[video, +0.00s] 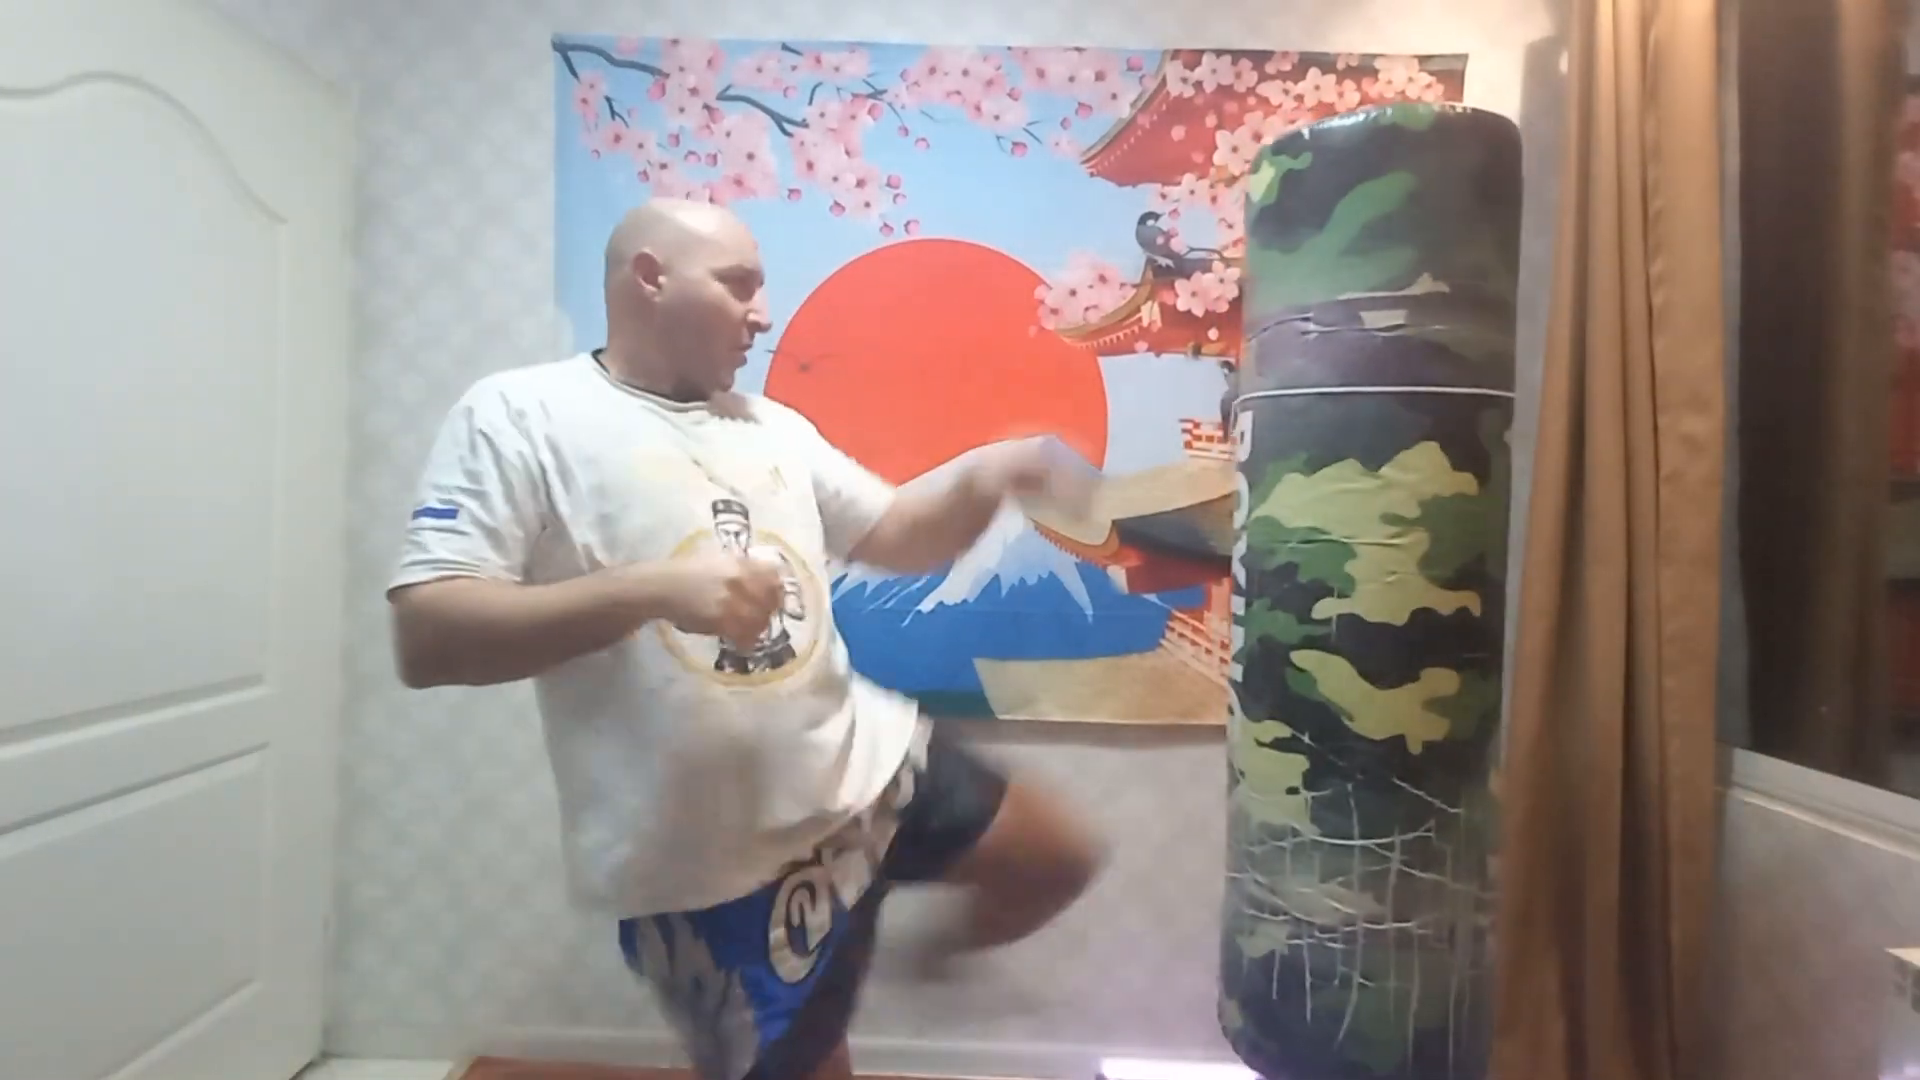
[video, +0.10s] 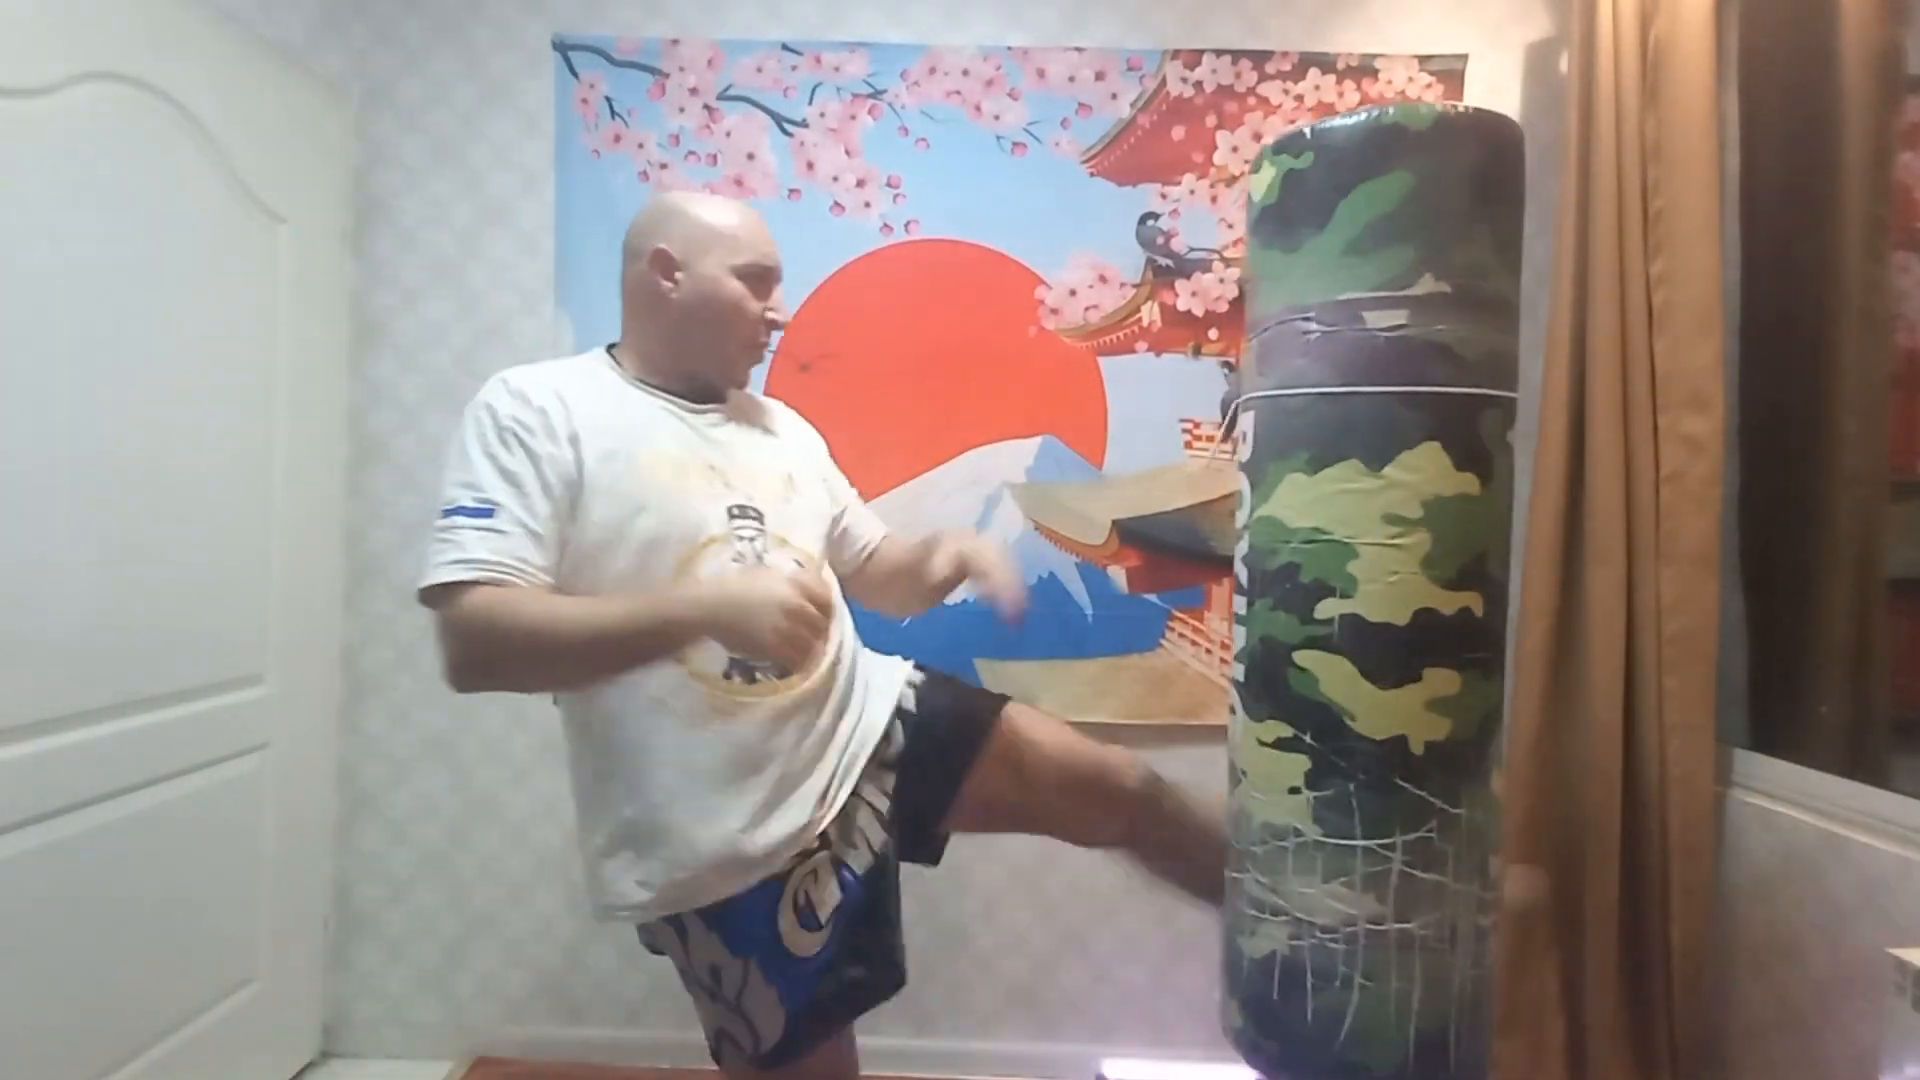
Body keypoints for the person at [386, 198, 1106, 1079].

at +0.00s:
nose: (761, 313)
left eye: (760, 289)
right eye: (738, 284)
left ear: (658, 283)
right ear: (649, 280)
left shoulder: (771, 429)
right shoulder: (516, 420)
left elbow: (893, 534)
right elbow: (429, 637)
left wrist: (986, 476)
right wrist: (654, 587)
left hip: (861, 761)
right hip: (711, 868)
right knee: (806, 1071)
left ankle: (917, 955)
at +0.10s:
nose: (776, 309)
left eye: (776, 286)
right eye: (752, 283)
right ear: (661, 278)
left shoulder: (779, 428)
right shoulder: (530, 414)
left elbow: (873, 565)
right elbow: (476, 641)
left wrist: (948, 553)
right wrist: (705, 606)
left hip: (865, 717)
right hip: (724, 854)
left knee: (1127, 793)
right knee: (814, 1065)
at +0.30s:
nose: (820, 297)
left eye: (819, 271)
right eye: (797, 266)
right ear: (704, 262)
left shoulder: (818, 418)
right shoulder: (566, 409)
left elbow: (943, 541)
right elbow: (521, 654)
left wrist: (958, 478)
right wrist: (754, 730)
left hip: (891, 770)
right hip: (745, 872)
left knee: (1081, 861)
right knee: (791, 1067)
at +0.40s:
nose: (839, 296)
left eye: (838, 269)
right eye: (819, 266)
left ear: (736, 260)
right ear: (727, 258)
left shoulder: (847, 413)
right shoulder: (580, 410)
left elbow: (990, 469)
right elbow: (503, 647)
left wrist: (1081, 370)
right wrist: (714, 732)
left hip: (884, 804)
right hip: (728, 887)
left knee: (979, 935)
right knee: (777, 1070)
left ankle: (982, 1069)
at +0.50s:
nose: (854, 295)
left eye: (848, 268)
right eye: (831, 268)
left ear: (757, 264)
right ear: (747, 265)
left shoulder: (854, 410)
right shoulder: (611, 409)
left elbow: (1019, 434)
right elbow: (516, 642)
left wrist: (1162, 356)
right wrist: (747, 680)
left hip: (858, 853)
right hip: (724, 893)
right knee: (732, 1065)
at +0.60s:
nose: (862, 307)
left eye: (859, 281)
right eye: (844, 277)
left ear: (770, 277)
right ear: (767, 273)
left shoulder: (794, 410)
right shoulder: (685, 394)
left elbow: (915, 492)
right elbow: (652, 624)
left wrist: (1016, 407)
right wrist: (882, 547)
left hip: (823, 855)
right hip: (749, 877)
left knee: (831, 1059)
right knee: (766, 1066)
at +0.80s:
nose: (843, 325)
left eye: (841, 301)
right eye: (837, 300)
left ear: (718, 292)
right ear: (791, 295)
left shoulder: (618, 402)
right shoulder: (850, 398)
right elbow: (1058, 443)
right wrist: (1155, 368)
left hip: (610, 810)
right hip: (779, 812)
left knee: (637, 1051)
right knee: (813, 1058)